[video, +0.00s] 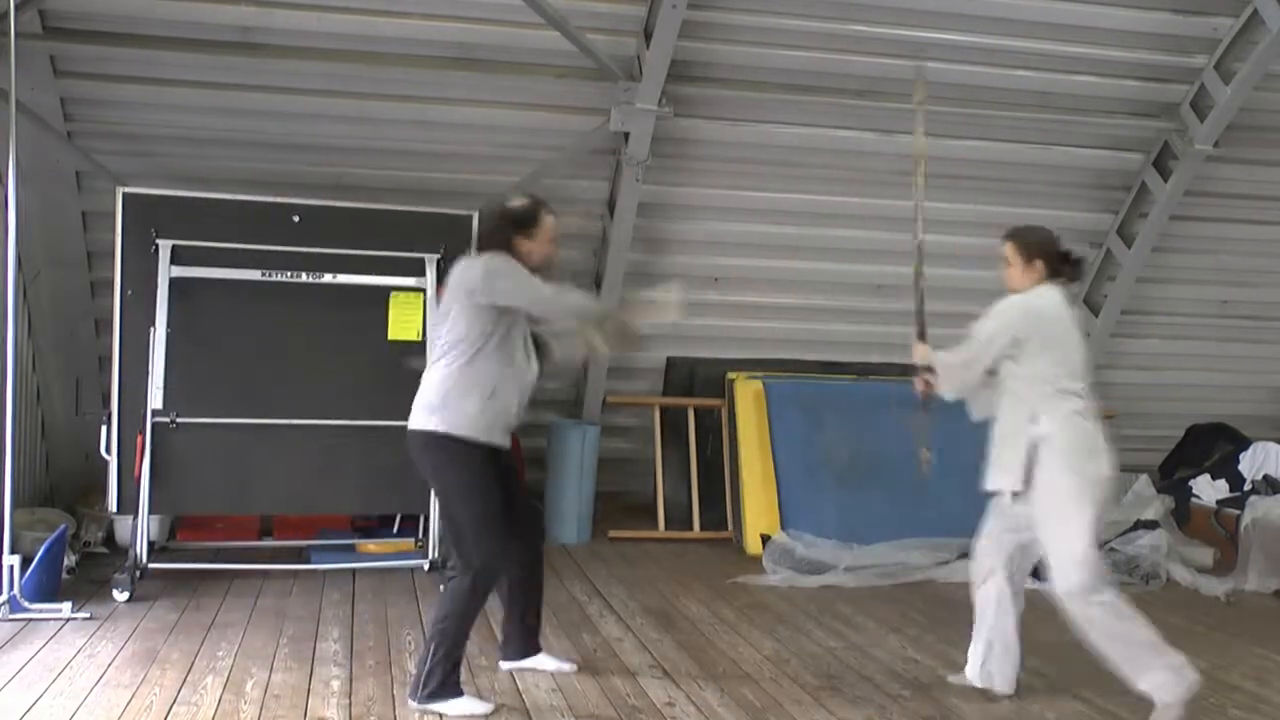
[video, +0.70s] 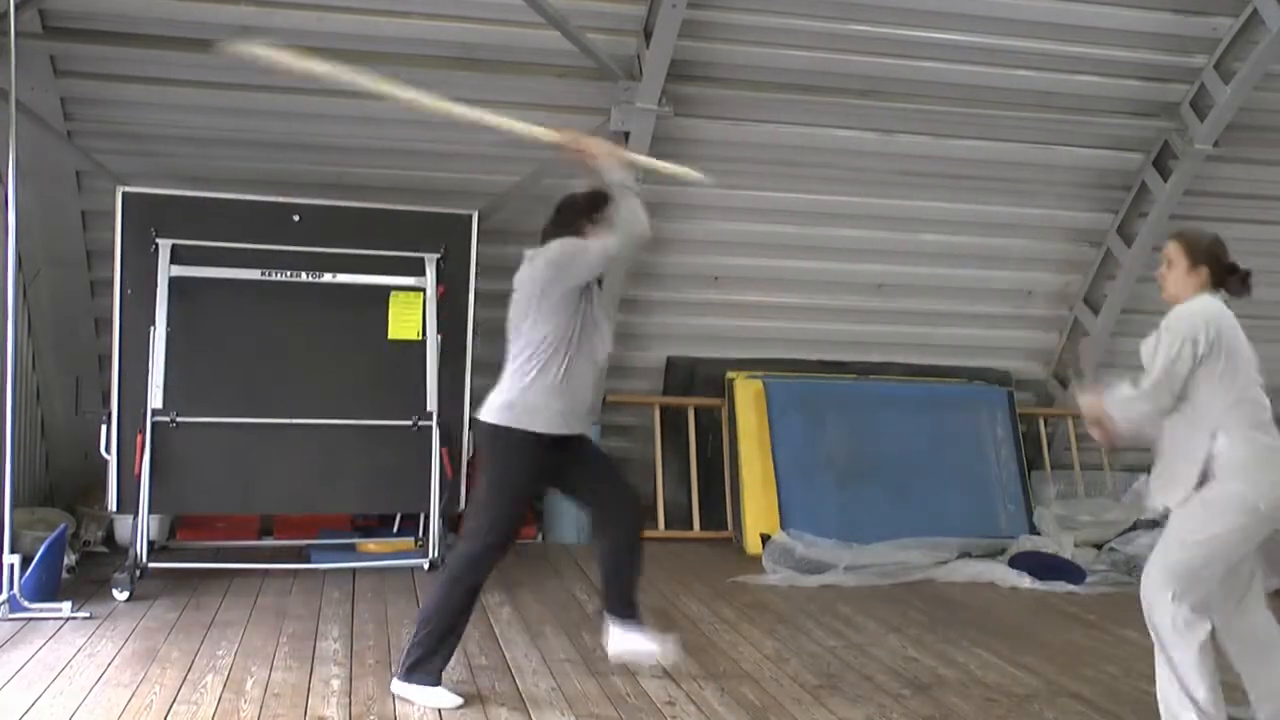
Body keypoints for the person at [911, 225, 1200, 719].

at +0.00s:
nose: (1003, 272)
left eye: (1009, 264)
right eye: (1004, 263)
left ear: (1035, 266)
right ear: (1040, 267)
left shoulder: (1032, 305)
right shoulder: (1051, 309)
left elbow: (973, 357)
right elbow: (1007, 391)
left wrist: (933, 359)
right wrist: (947, 383)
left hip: (1061, 457)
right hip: (1035, 460)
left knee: (1075, 581)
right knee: (994, 560)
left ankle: (1173, 682)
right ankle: (991, 675)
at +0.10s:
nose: (1022, 282)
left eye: (1025, 272)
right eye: (1020, 272)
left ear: (1051, 268)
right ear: (1062, 268)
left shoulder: (1050, 313)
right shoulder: (1095, 304)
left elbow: (1007, 363)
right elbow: (1034, 364)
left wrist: (968, 391)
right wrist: (984, 391)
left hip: (1117, 454)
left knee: (1127, 577)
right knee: (1057, 555)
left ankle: (1182, 696)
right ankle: (1012, 659)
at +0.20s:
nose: (1039, 293)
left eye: (1042, 282)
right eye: (1037, 283)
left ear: (1066, 278)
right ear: (1079, 275)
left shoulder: (1061, 325)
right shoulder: (1120, 300)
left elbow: (1017, 381)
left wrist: (977, 395)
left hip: (1147, 457)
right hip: (1178, 443)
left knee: (1163, 577)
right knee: (1088, 543)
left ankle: (1189, 703)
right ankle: (1089, 659)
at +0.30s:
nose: (1067, 286)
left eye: (1071, 277)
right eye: (1066, 277)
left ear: (1098, 276)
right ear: (1107, 273)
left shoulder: (1100, 328)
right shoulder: (1147, 293)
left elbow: (1048, 398)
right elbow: (1062, 287)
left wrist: (1003, 378)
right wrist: (1003, 325)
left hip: (1180, 464)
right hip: (1210, 450)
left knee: (1184, 580)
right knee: (1180, 573)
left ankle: (1202, 704)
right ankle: (1205, 695)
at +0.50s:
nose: (1124, 271)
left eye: (1131, 261)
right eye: (1125, 261)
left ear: (1161, 265)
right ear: (1172, 266)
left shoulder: (1156, 317)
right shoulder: (1198, 305)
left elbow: (1075, 361)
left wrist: (1066, 302)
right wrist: (1075, 299)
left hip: (1210, 468)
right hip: (1259, 458)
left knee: (1164, 580)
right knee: (1258, 588)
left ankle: (1198, 706)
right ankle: (1277, 699)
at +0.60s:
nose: (1144, 264)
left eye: (1154, 255)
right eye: (1146, 255)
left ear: (1182, 262)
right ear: (1186, 264)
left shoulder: (1183, 309)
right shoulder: (1203, 307)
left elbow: (1113, 366)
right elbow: (1131, 369)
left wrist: (1073, 317)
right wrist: (1093, 334)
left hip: (1223, 469)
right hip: (1255, 463)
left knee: (1162, 584)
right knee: (1252, 594)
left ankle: (1197, 707)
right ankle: (1275, 701)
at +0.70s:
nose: (1159, 273)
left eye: (1169, 264)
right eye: (1161, 263)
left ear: (1199, 272)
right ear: (1202, 275)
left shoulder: (1193, 318)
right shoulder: (1217, 318)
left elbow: (1153, 399)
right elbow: (1186, 418)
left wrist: (1103, 404)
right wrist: (1118, 427)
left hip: (1234, 483)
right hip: (1254, 482)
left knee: (1165, 586)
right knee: (1236, 603)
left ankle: (1197, 711)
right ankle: (1272, 704)